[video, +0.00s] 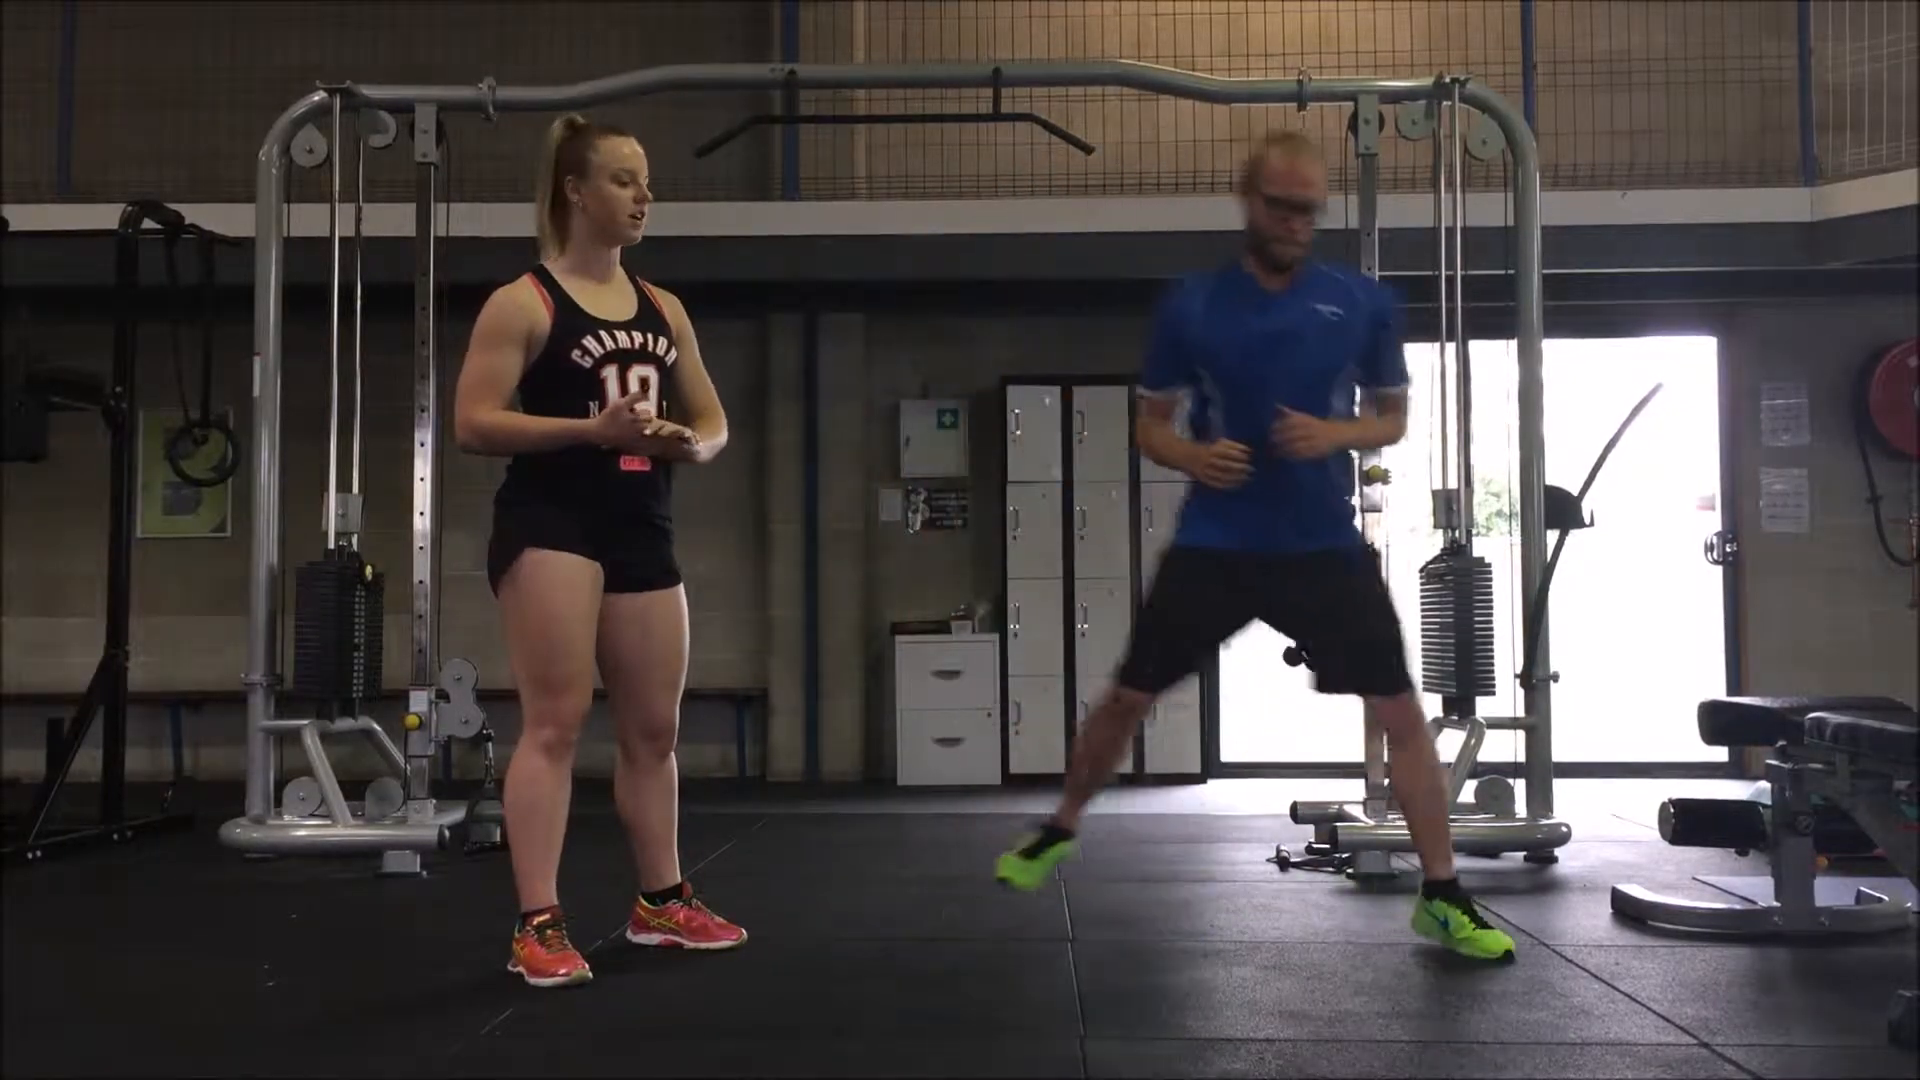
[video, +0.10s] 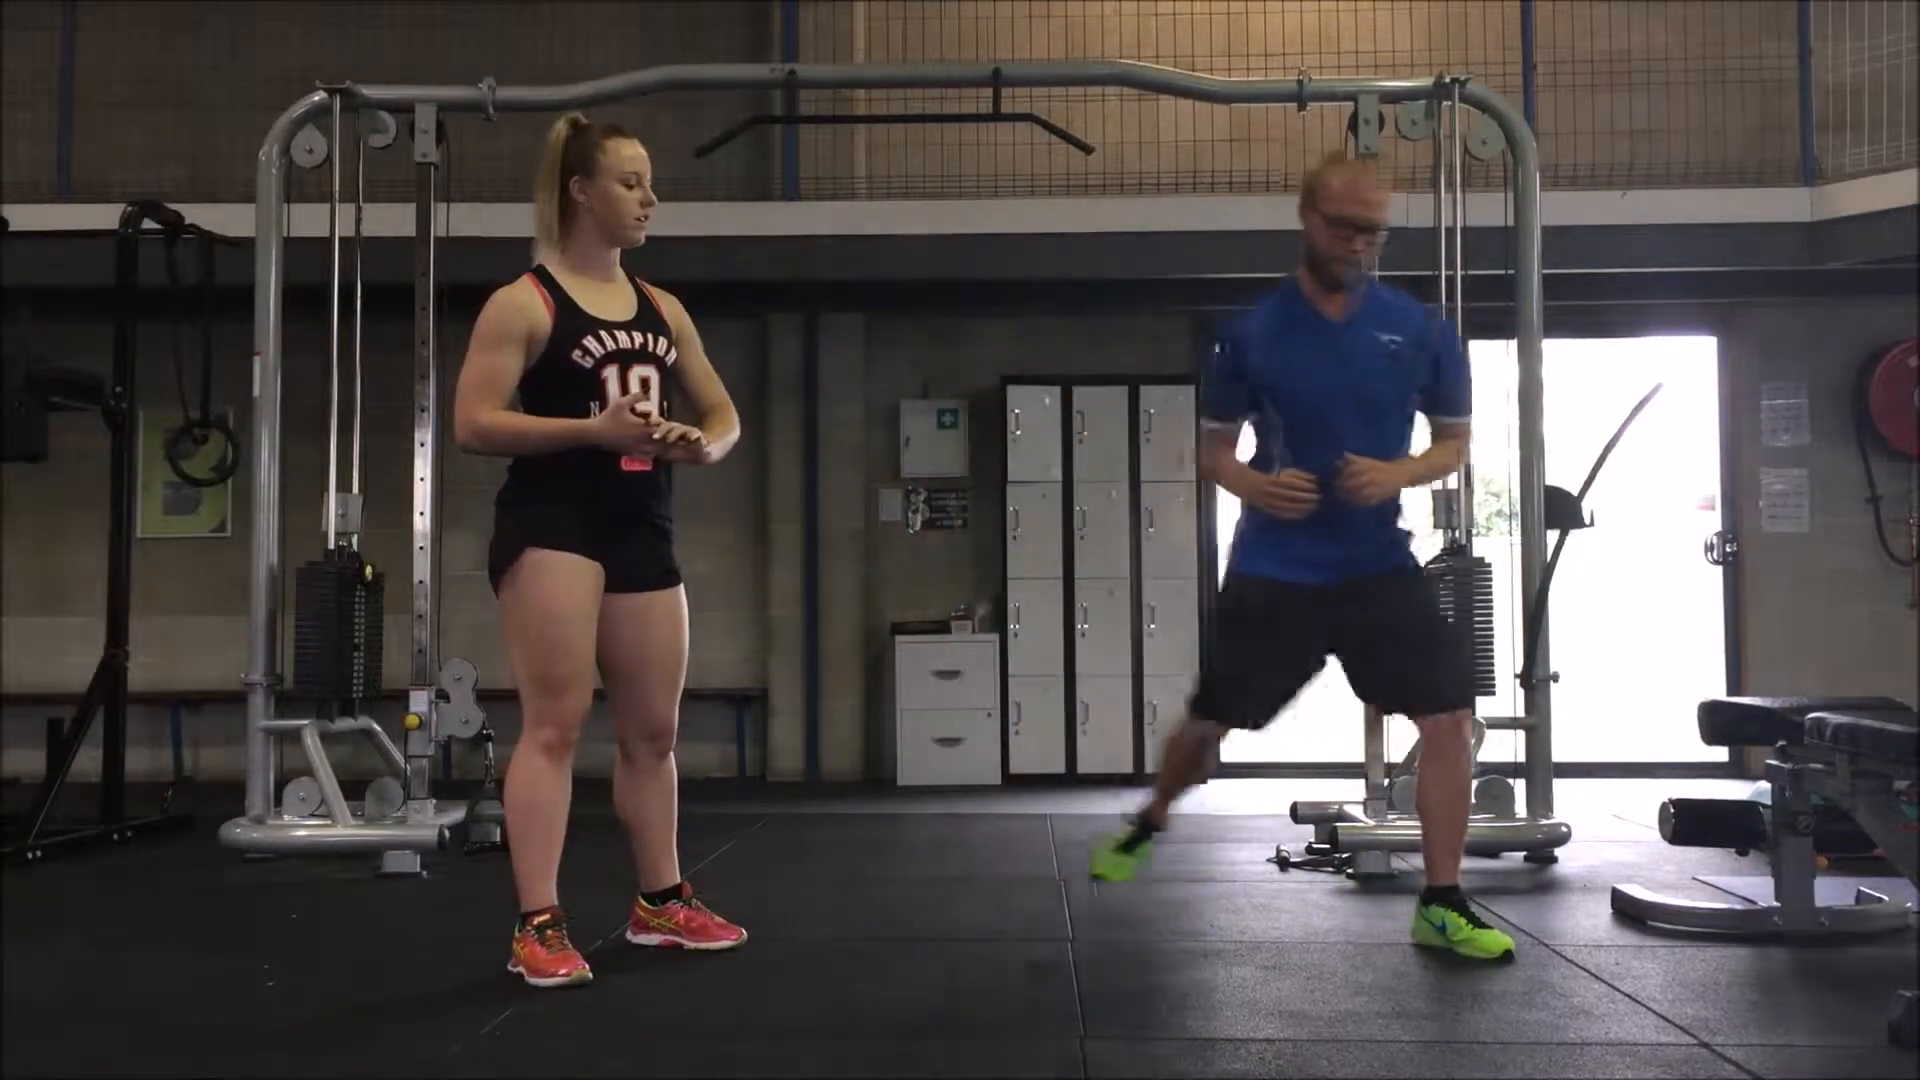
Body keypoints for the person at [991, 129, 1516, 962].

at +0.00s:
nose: (1294, 221)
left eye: (1308, 208)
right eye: (1279, 205)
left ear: (1325, 209)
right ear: (1245, 201)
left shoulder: (1364, 304)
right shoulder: (1193, 304)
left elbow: (1391, 419)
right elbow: (1148, 424)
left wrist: (1336, 432)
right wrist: (1192, 455)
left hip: (1325, 551)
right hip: (1215, 547)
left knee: (1401, 711)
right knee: (1130, 694)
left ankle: (1441, 891)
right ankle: (1061, 827)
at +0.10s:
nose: (1359, 244)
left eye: (1373, 230)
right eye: (1343, 227)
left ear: (1386, 229)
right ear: (1304, 218)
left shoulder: (1421, 330)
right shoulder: (1253, 334)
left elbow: (1452, 446)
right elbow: (1212, 454)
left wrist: (1399, 474)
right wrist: (1254, 484)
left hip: (1379, 570)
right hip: (1274, 572)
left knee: (1448, 710)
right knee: (1210, 719)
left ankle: (1443, 902)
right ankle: (1148, 823)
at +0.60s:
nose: (1427, 245)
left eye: (1446, 231)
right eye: (1414, 227)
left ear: (1471, 234)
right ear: (1389, 224)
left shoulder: (1510, 335)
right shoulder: (1336, 319)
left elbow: (1522, 458)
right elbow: (1285, 442)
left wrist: (1471, 487)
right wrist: (1353, 481)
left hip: (1443, 566)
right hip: (1339, 567)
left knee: (1480, 717)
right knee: (1328, 732)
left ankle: (1446, 897)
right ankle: (1329, 834)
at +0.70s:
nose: (1409, 266)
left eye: (1430, 252)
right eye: (1398, 248)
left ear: (1465, 251)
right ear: (1381, 242)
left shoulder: (1505, 357)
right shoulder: (1331, 338)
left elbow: (1519, 476)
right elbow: (1278, 456)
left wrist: (1461, 507)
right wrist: (1345, 500)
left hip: (1440, 580)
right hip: (1335, 582)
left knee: (1482, 727)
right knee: (1331, 746)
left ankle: (1446, 898)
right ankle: (1340, 845)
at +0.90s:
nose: (1368, 286)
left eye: (1387, 273)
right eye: (1357, 270)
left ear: (1423, 274)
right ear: (1344, 265)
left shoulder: (1466, 381)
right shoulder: (1293, 360)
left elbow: (1486, 505)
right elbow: (1240, 477)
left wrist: (1416, 538)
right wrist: (1302, 528)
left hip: (1407, 594)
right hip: (1297, 592)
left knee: (1470, 734)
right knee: (1264, 739)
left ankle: (1446, 902)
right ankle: (1266, 867)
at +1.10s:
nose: (1240, 215)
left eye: (1256, 200)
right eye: (1227, 199)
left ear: (1289, 196)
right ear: (1210, 193)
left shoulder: (1345, 290)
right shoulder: (1170, 295)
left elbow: (1380, 406)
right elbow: (1128, 409)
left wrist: (1299, 398)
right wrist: (1181, 424)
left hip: (1303, 541)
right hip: (1189, 538)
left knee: (1374, 700)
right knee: (1116, 680)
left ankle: (1445, 876)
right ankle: (1057, 851)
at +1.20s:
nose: (1167, 197)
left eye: (1181, 181)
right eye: (1153, 182)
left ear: (1210, 178)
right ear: (1133, 183)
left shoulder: (1266, 271)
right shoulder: (1093, 283)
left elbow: (1302, 392)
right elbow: (1057, 401)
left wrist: (1227, 382)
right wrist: (1113, 408)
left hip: (1232, 526)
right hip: (1120, 529)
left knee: (1317, 679)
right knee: (1050, 691)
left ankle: (1379, 846)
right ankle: (983, 867)